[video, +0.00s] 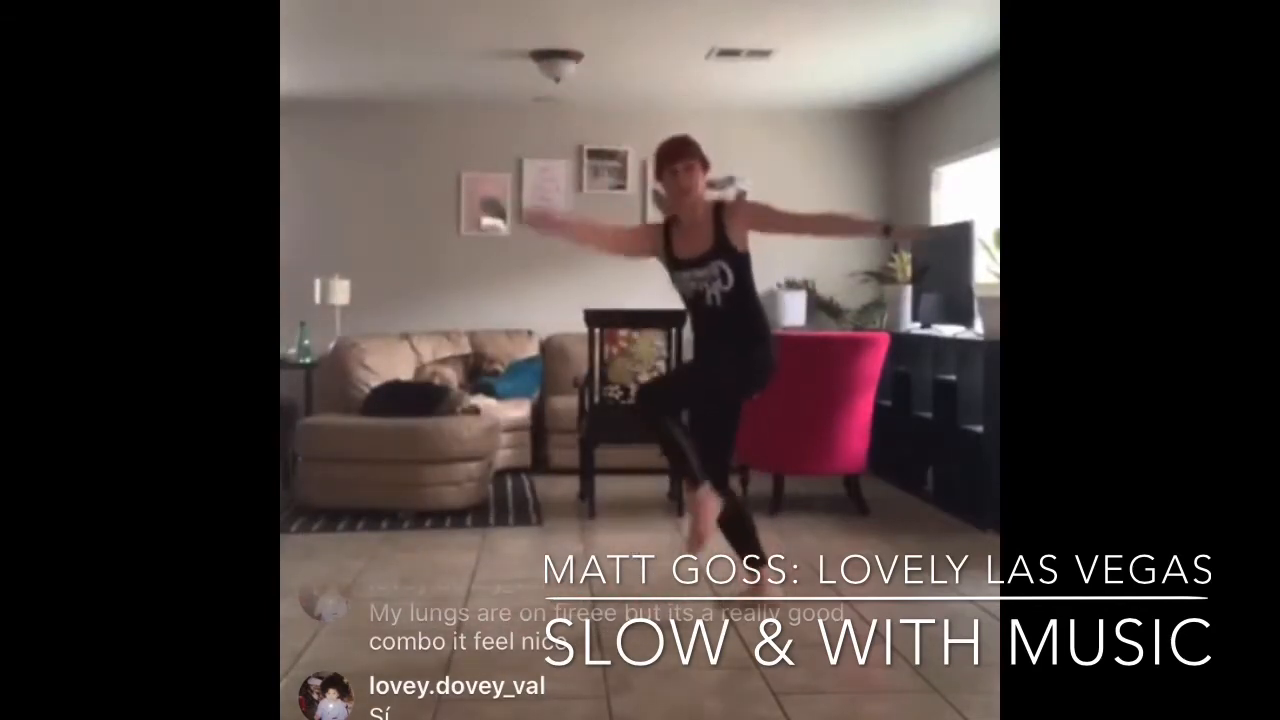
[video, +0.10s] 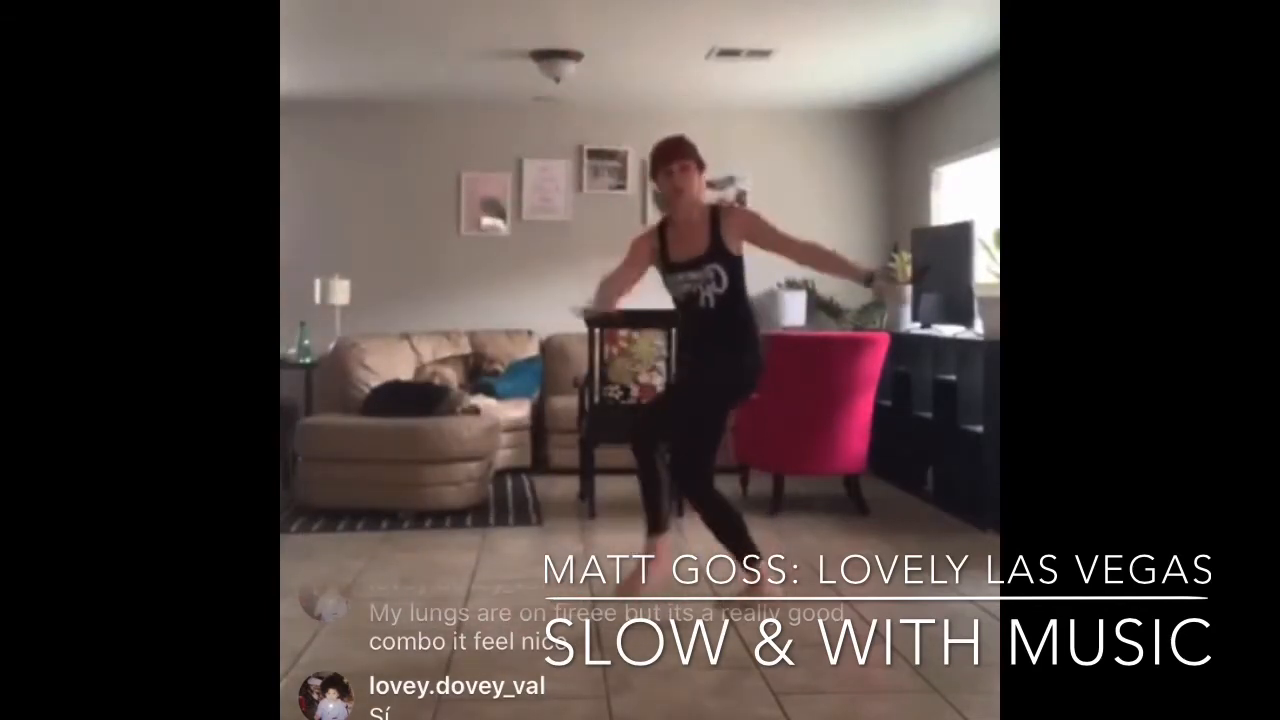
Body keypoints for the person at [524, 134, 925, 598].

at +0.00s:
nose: (683, 179)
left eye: (689, 168)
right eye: (672, 172)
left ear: (705, 173)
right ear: (661, 182)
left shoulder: (735, 217)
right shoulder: (660, 236)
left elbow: (810, 224)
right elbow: (604, 238)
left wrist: (881, 229)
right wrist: (550, 223)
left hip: (749, 354)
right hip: (709, 358)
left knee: (655, 397)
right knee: (713, 476)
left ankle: (700, 491)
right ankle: (759, 571)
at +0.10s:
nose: (677, 179)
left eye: (685, 169)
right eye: (667, 173)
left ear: (702, 174)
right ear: (656, 184)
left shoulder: (731, 220)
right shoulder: (652, 242)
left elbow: (799, 251)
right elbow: (613, 287)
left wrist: (867, 276)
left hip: (737, 357)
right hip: (694, 362)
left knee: (646, 426)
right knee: (691, 478)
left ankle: (657, 547)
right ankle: (758, 570)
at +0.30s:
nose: (660, 171)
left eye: (668, 162)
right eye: (651, 164)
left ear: (686, 170)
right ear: (639, 175)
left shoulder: (712, 223)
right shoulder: (629, 233)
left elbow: (770, 266)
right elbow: (612, 295)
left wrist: (812, 297)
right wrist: (646, 321)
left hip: (701, 361)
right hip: (661, 362)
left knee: (628, 466)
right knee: (671, 486)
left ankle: (628, 592)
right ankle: (750, 565)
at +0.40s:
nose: (648, 170)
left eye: (656, 162)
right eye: (639, 164)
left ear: (673, 169)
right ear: (628, 174)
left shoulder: (698, 231)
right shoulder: (612, 233)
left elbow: (767, 280)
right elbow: (579, 291)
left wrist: (759, 312)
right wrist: (626, 311)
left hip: (685, 367)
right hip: (647, 369)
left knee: (613, 473)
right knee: (658, 496)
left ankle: (627, 599)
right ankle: (743, 561)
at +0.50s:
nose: (631, 169)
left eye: (640, 161)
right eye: (623, 163)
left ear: (658, 169)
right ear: (613, 173)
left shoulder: (679, 231)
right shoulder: (601, 233)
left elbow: (718, 287)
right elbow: (546, 287)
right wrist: (587, 304)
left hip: (672, 367)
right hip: (638, 368)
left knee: (602, 472)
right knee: (654, 495)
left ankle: (623, 598)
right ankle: (738, 561)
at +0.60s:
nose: (601, 171)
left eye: (610, 161)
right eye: (598, 163)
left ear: (640, 167)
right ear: (600, 172)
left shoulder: (657, 225)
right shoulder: (603, 231)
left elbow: (617, 281)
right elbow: (556, 266)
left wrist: (544, 285)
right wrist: (523, 282)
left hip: (664, 368)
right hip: (645, 368)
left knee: (593, 480)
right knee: (656, 485)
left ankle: (625, 598)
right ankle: (737, 560)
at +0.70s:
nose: (588, 173)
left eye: (592, 163)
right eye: (587, 164)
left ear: (613, 163)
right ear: (626, 163)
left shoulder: (613, 218)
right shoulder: (639, 218)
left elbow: (549, 265)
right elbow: (559, 272)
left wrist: (489, 272)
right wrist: (498, 279)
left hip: (639, 366)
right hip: (672, 361)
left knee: (589, 481)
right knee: (665, 472)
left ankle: (621, 600)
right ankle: (731, 569)